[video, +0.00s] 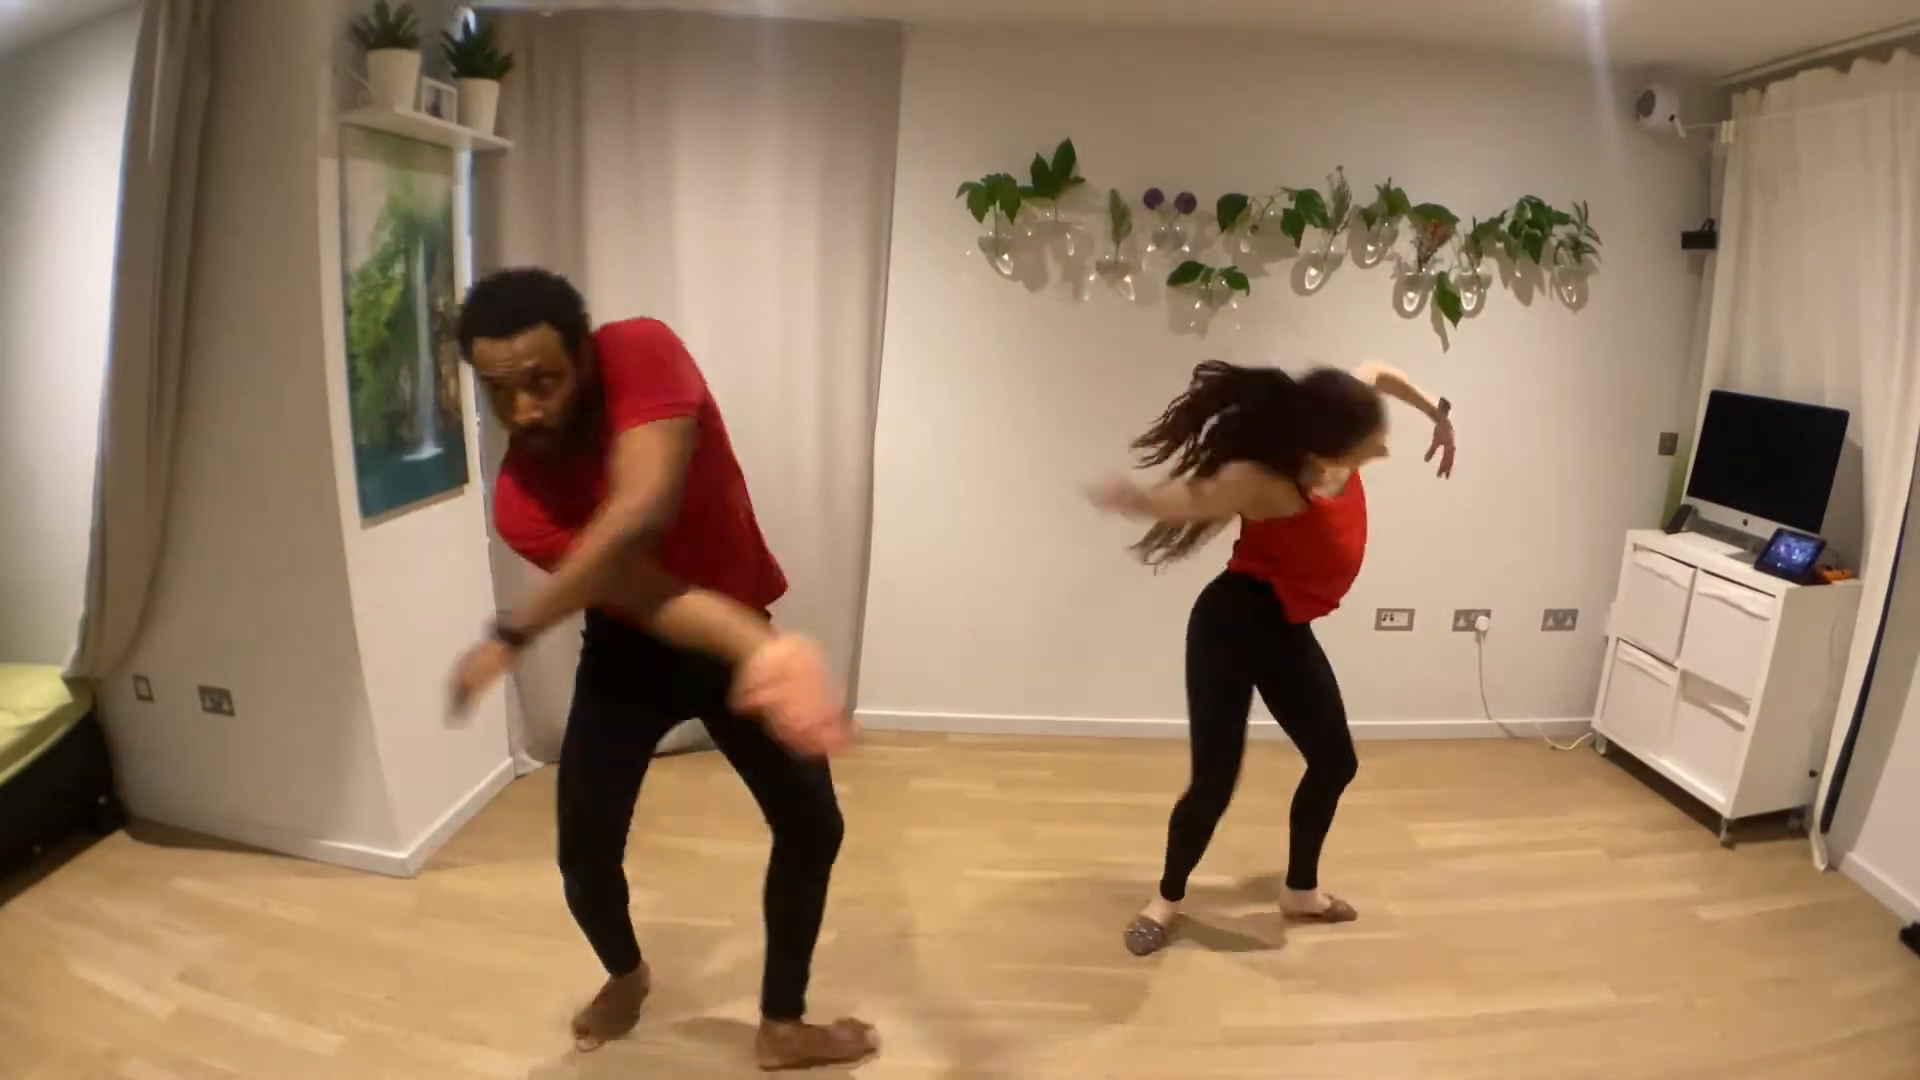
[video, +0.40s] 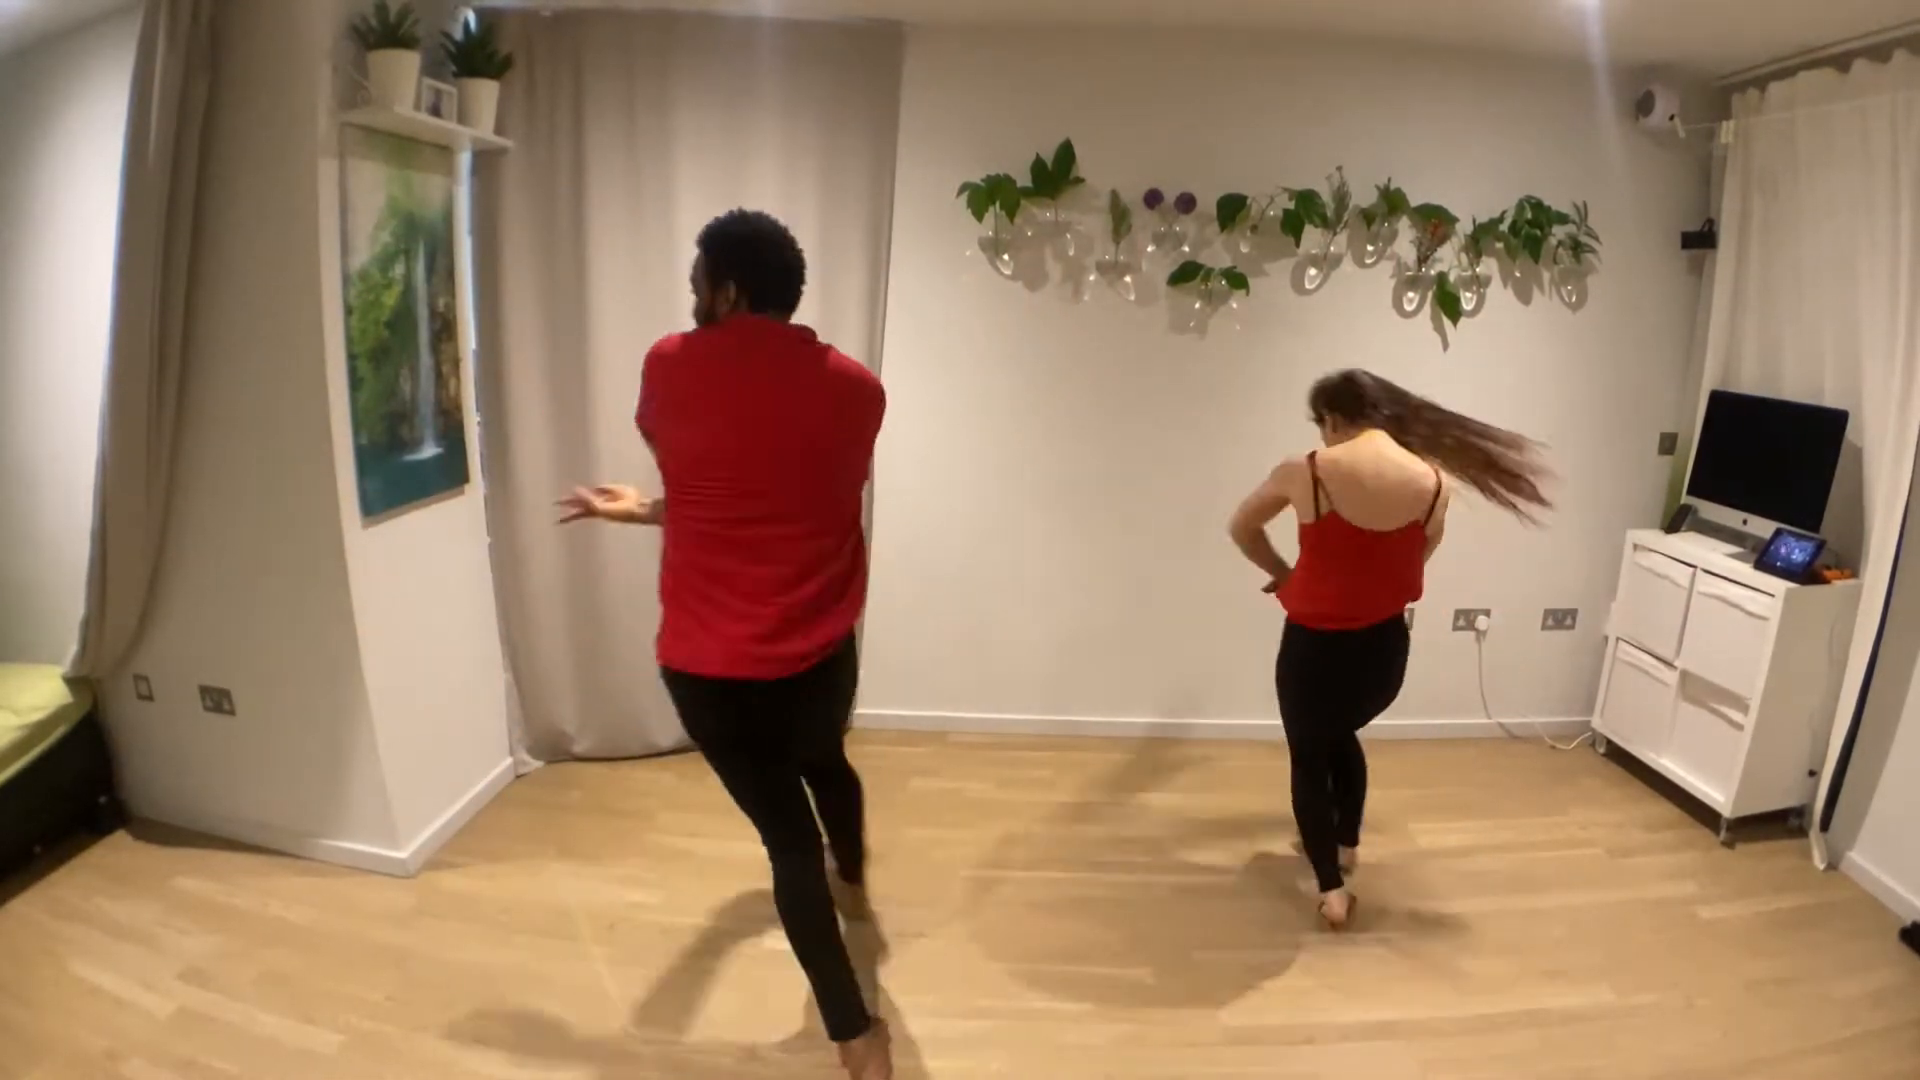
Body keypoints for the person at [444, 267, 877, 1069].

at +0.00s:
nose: (522, 407)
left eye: (541, 381)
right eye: (498, 390)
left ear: (582, 353)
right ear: (477, 380)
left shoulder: (641, 350)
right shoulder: (519, 502)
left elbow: (645, 503)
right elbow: (645, 591)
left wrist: (512, 630)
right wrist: (760, 646)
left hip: (731, 630)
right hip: (625, 645)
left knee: (810, 826)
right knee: (585, 856)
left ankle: (783, 1024)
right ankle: (626, 974)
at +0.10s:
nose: (681, 378)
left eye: (688, 351)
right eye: (652, 365)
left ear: (698, 330)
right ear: (593, 363)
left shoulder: (713, 349)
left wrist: (764, 614)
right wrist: (908, 520)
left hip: (729, 633)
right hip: (641, 655)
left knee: (816, 821)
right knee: (707, 879)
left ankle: (797, 1030)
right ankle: (597, 963)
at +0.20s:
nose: (819, 340)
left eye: (817, 321)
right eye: (809, 324)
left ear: (741, 323)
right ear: (760, 335)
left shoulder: (685, 360)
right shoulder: (725, 464)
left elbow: (830, 455)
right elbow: (790, 549)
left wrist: (910, 564)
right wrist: (840, 490)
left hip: (678, 643)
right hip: (685, 664)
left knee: (805, 815)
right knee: (847, 815)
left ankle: (794, 1025)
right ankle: (706, 994)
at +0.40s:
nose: (693, 300)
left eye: (699, 286)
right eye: (696, 285)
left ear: (725, 292)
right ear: (792, 294)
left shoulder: (672, 365)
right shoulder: (854, 387)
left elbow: (680, 479)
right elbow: (785, 490)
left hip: (707, 669)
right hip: (822, 660)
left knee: (785, 839)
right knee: (826, 762)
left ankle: (857, 1041)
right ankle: (851, 881)